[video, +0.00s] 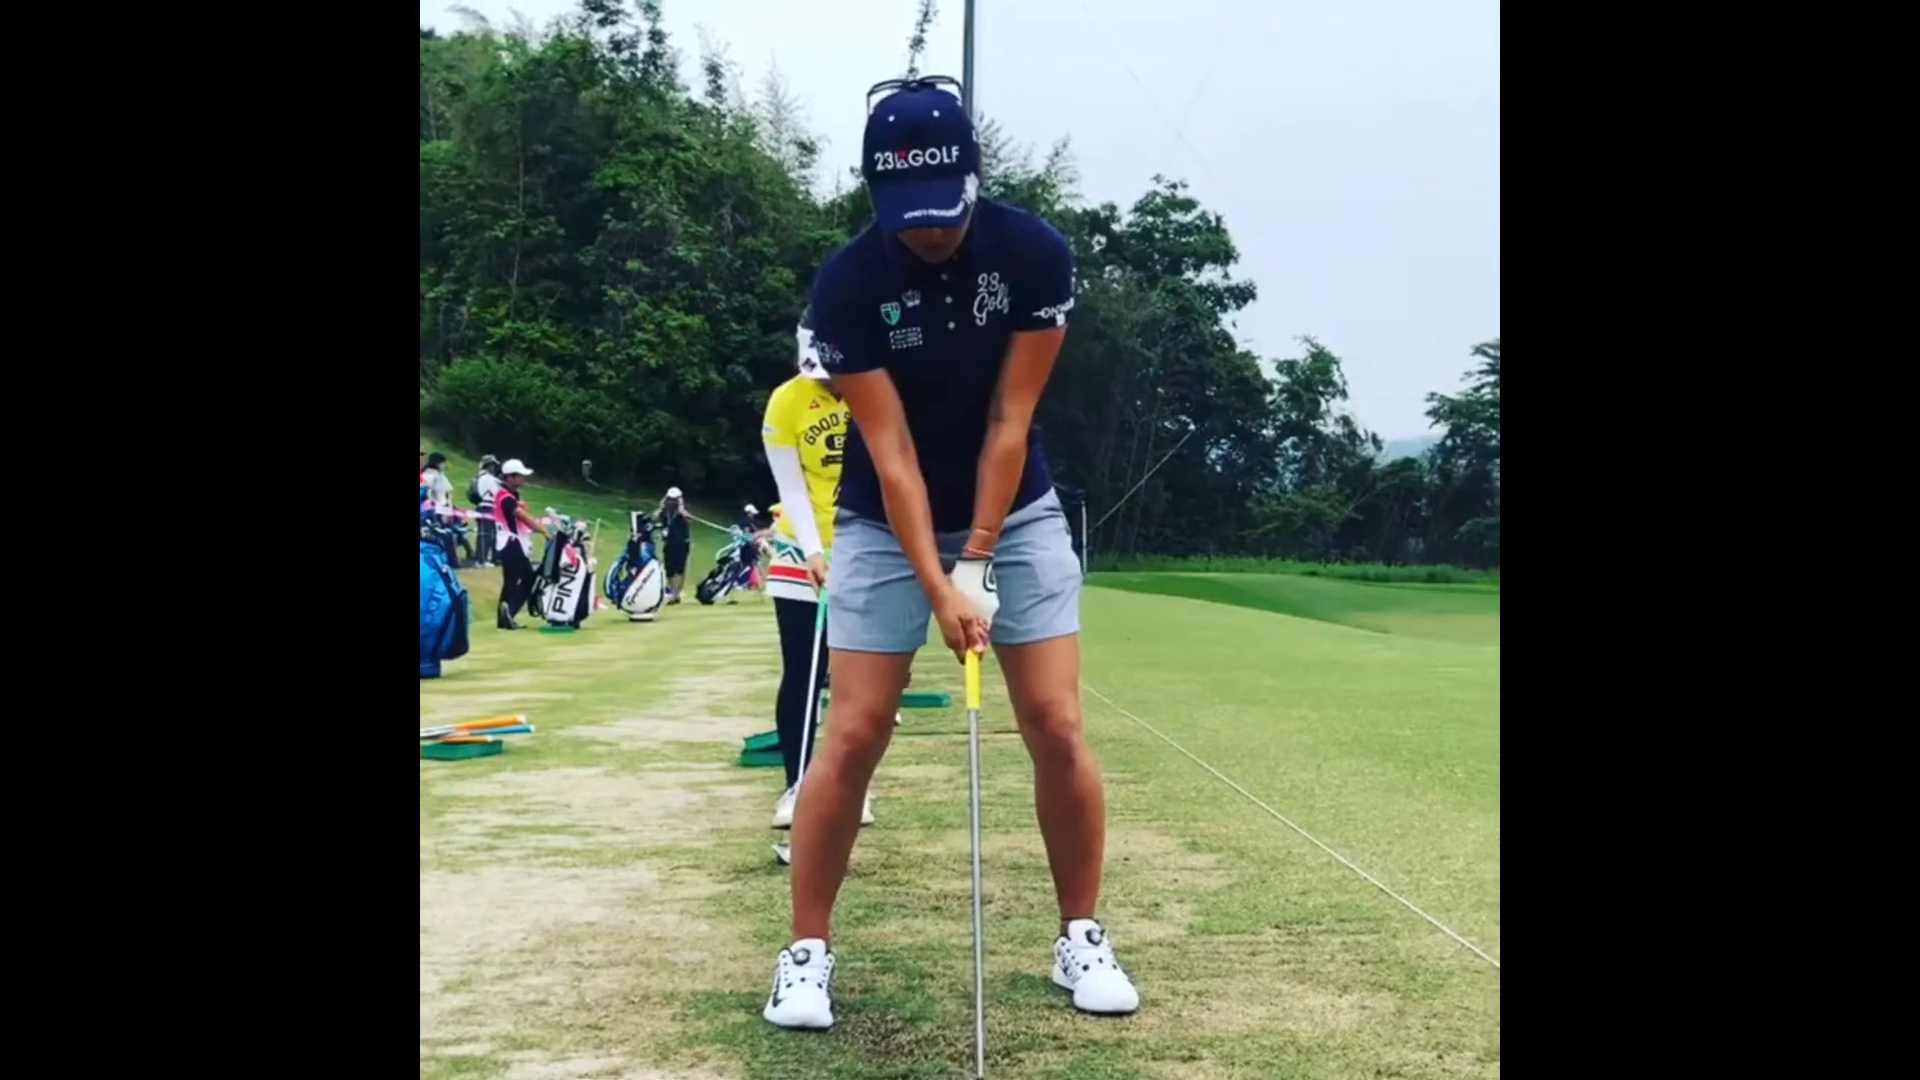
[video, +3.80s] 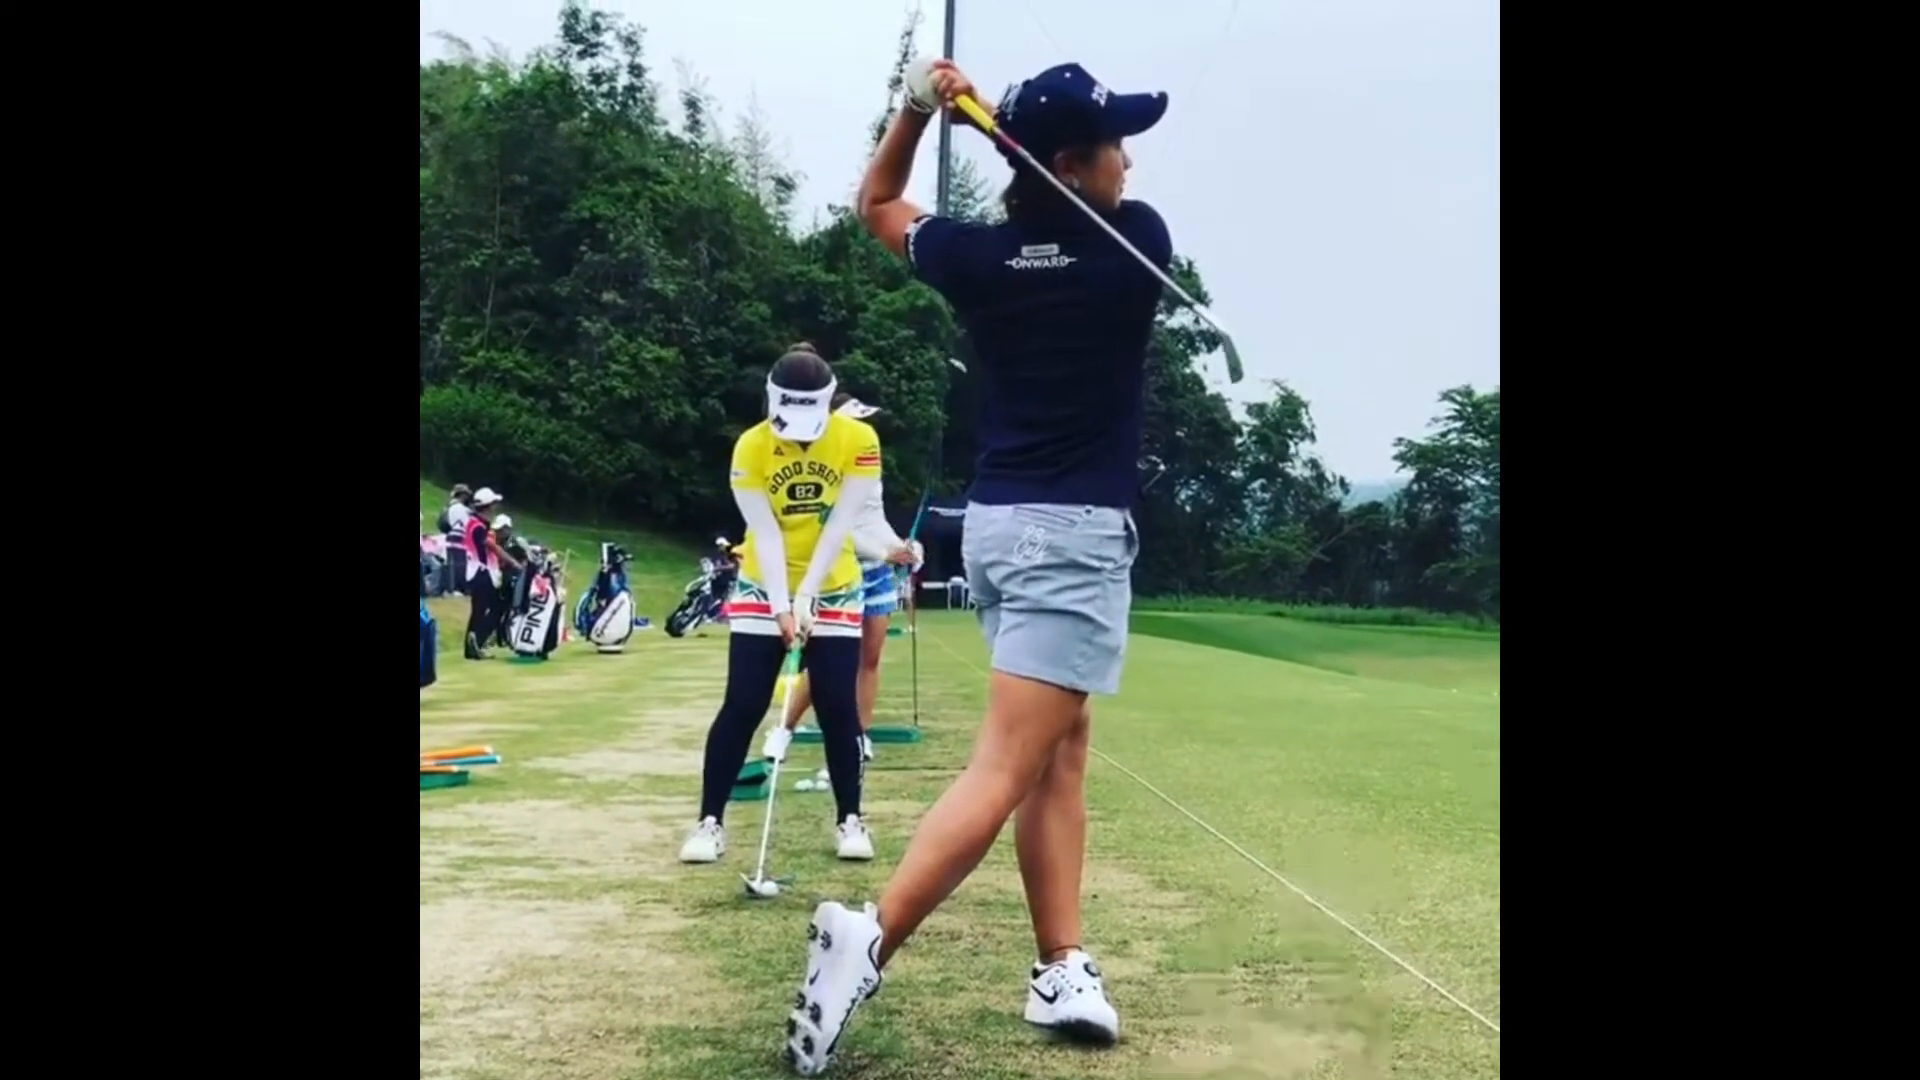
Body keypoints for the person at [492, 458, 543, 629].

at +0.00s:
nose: (523, 480)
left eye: (523, 477)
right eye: (520, 477)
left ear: (511, 478)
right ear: (510, 478)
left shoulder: (506, 495)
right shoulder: (507, 498)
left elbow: (522, 516)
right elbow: (525, 518)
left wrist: (542, 521)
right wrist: (544, 531)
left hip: (507, 539)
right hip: (511, 541)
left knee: (510, 579)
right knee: (529, 576)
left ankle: (504, 617)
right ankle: (510, 609)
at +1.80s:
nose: (544, 488)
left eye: (544, 484)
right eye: (541, 484)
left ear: (533, 486)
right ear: (531, 485)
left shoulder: (527, 502)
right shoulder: (527, 506)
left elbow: (543, 524)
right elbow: (544, 525)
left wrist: (560, 531)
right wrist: (562, 536)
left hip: (531, 548)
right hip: (530, 549)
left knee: (530, 586)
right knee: (548, 583)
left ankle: (524, 623)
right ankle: (529, 618)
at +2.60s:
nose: (526, 497)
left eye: (526, 493)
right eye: (523, 494)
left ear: (512, 495)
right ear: (515, 495)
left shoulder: (507, 512)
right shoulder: (509, 516)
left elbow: (523, 534)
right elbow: (525, 537)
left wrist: (540, 542)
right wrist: (544, 548)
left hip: (508, 557)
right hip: (511, 559)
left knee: (510, 597)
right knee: (528, 594)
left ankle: (504, 635)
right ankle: (510, 626)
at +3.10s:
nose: (503, 501)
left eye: (503, 498)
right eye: (501, 498)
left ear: (487, 498)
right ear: (494, 499)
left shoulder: (482, 516)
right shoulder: (486, 520)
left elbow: (500, 539)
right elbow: (502, 541)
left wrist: (517, 549)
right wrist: (521, 552)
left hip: (483, 560)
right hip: (488, 563)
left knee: (486, 601)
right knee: (504, 599)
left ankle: (479, 639)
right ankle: (485, 631)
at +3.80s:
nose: (495, 508)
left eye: (495, 505)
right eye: (493, 505)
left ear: (479, 506)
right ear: (486, 507)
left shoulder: (472, 523)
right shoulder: (479, 527)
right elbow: (495, 549)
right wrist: (515, 564)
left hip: (475, 568)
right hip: (483, 571)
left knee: (479, 608)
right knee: (497, 606)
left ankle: (472, 644)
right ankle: (478, 638)